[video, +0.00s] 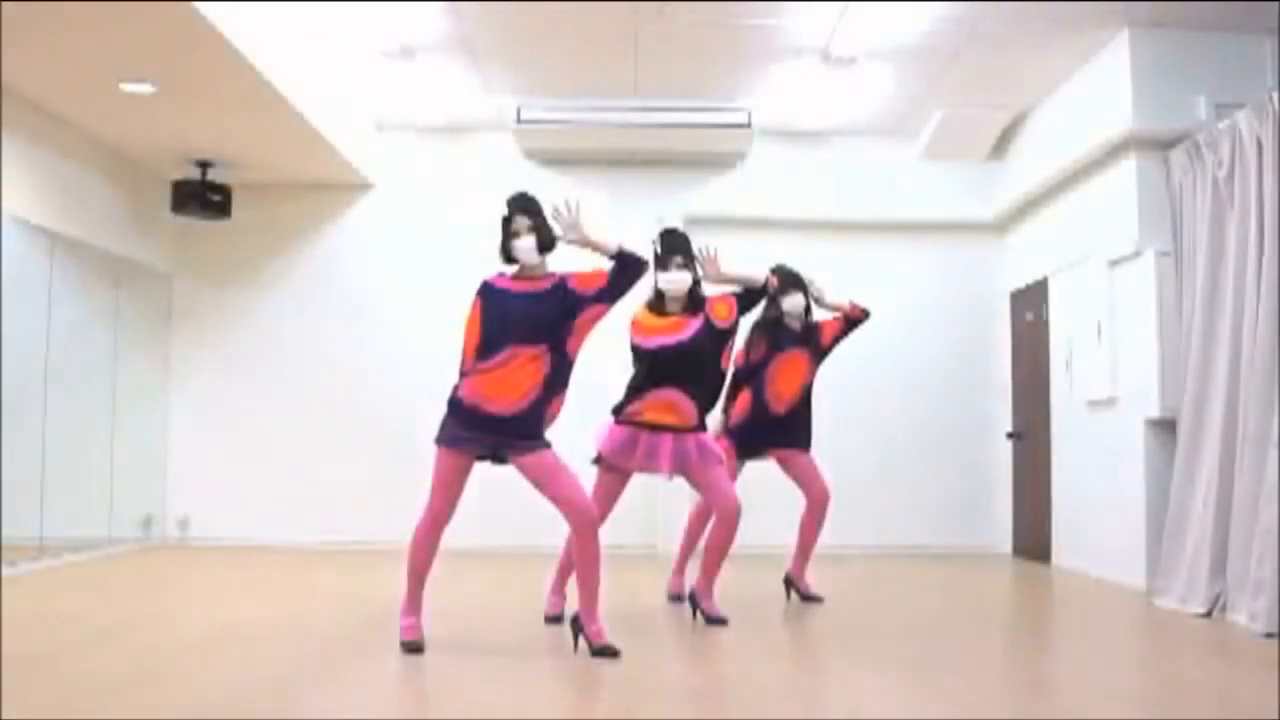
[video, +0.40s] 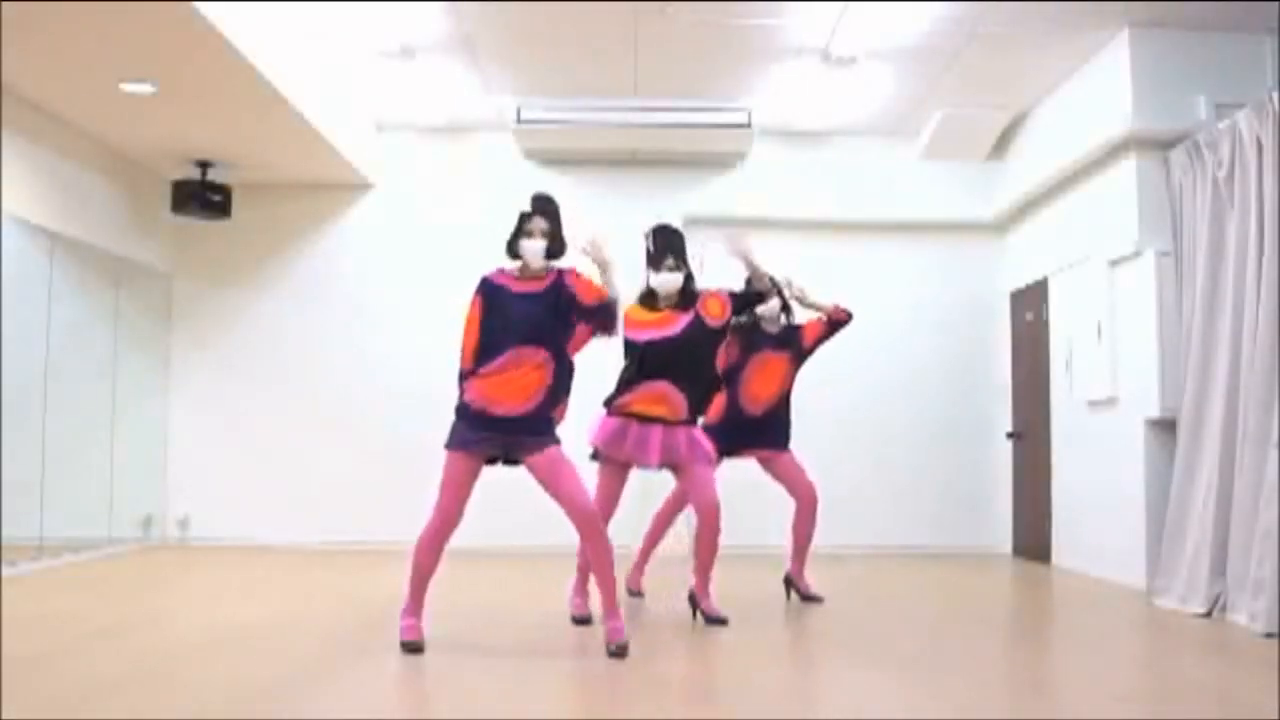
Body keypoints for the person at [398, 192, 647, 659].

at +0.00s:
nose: (523, 239)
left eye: (532, 231)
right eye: (515, 233)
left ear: (547, 237)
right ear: (505, 242)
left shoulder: (571, 292)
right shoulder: (491, 291)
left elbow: (636, 266)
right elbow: (469, 359)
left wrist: (585, 239)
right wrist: (462, 416)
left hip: (523, 430)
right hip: (467, 422)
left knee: (584, 513)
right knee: (437, 513)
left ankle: (589, 619)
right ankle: (411, 613)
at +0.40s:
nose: (536, 242)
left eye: (545, 235)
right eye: (529, 234)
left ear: (557, 243)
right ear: (515, 239)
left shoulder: (565, 287)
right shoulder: (492, 286)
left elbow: (608, 320)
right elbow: (470, 349)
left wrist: (604, 270)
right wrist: (468, 402)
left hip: (533, 426)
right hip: (478, 420)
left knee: (588, 517)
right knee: (444, 518)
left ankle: (612, 615)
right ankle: (412, 614)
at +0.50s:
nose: (557, 253)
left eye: (564, 246)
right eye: (549, 244)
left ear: (571, 252)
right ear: (530, 247)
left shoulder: (580, 294)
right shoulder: (502, 291)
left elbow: (577, 354)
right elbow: (479, 356)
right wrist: (478, 418)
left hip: (551, 427)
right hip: (495, 424)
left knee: (596, 518)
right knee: (456, 525)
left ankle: (634, 618)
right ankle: (415, 611)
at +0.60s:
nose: (574, 262)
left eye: (581, 254)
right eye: (566, 253)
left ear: (588, 257)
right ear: (547, 253)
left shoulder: (595, 295)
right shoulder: (521, 294)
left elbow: (605, 357)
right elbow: (499, 356)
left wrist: (633, 380)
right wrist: (493, 414)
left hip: (576, 428)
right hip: (519, 428)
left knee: (611, 519)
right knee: (478, 526)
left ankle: (637, 621)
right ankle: (427, 609)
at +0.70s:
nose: (585, 269)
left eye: (592, 260)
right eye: (577, 260)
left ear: (605, 257)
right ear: (563, 254)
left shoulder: (618, 295)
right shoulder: (538, 295)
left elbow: (632, 352)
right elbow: (520, 365)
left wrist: (647, 420)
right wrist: (518, 418)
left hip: (601, 423)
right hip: (541, 424)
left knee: (620, 517)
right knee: (507, 524)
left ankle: (638, 620)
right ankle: (458, 611)